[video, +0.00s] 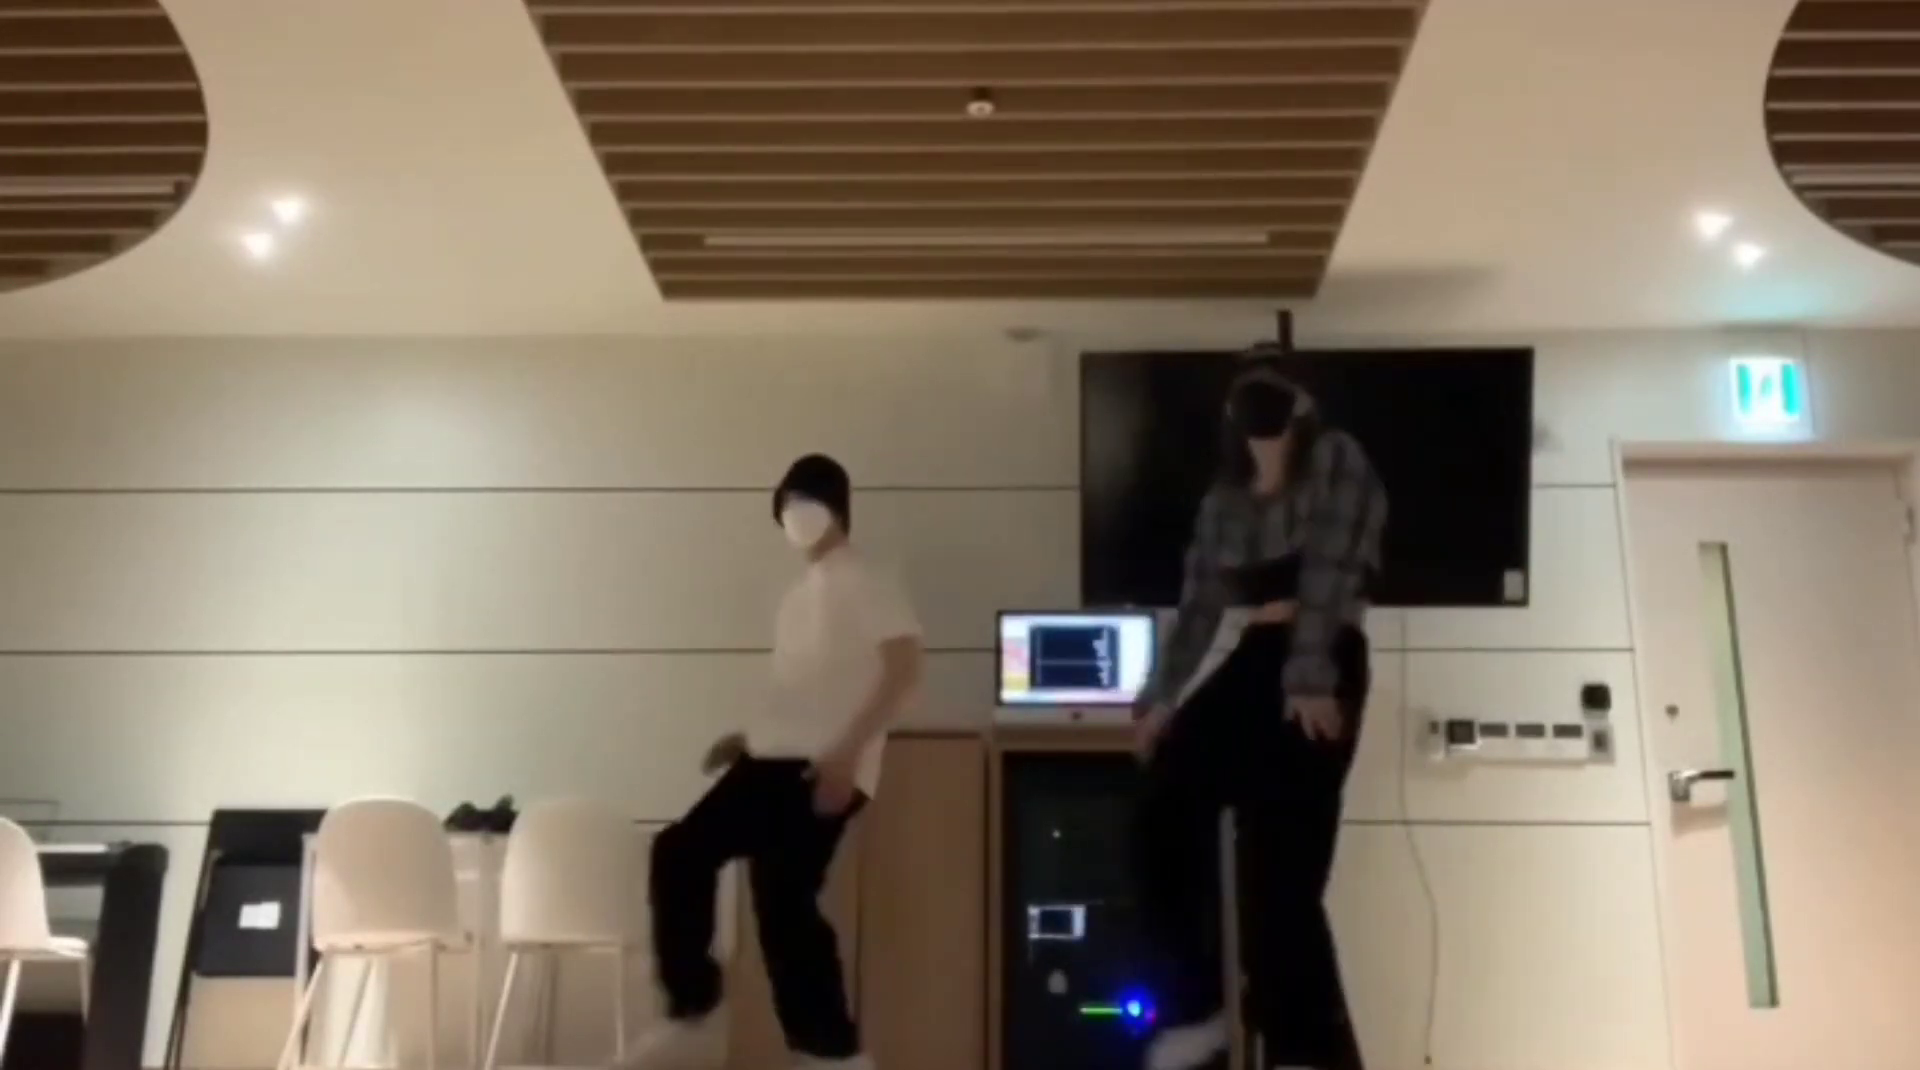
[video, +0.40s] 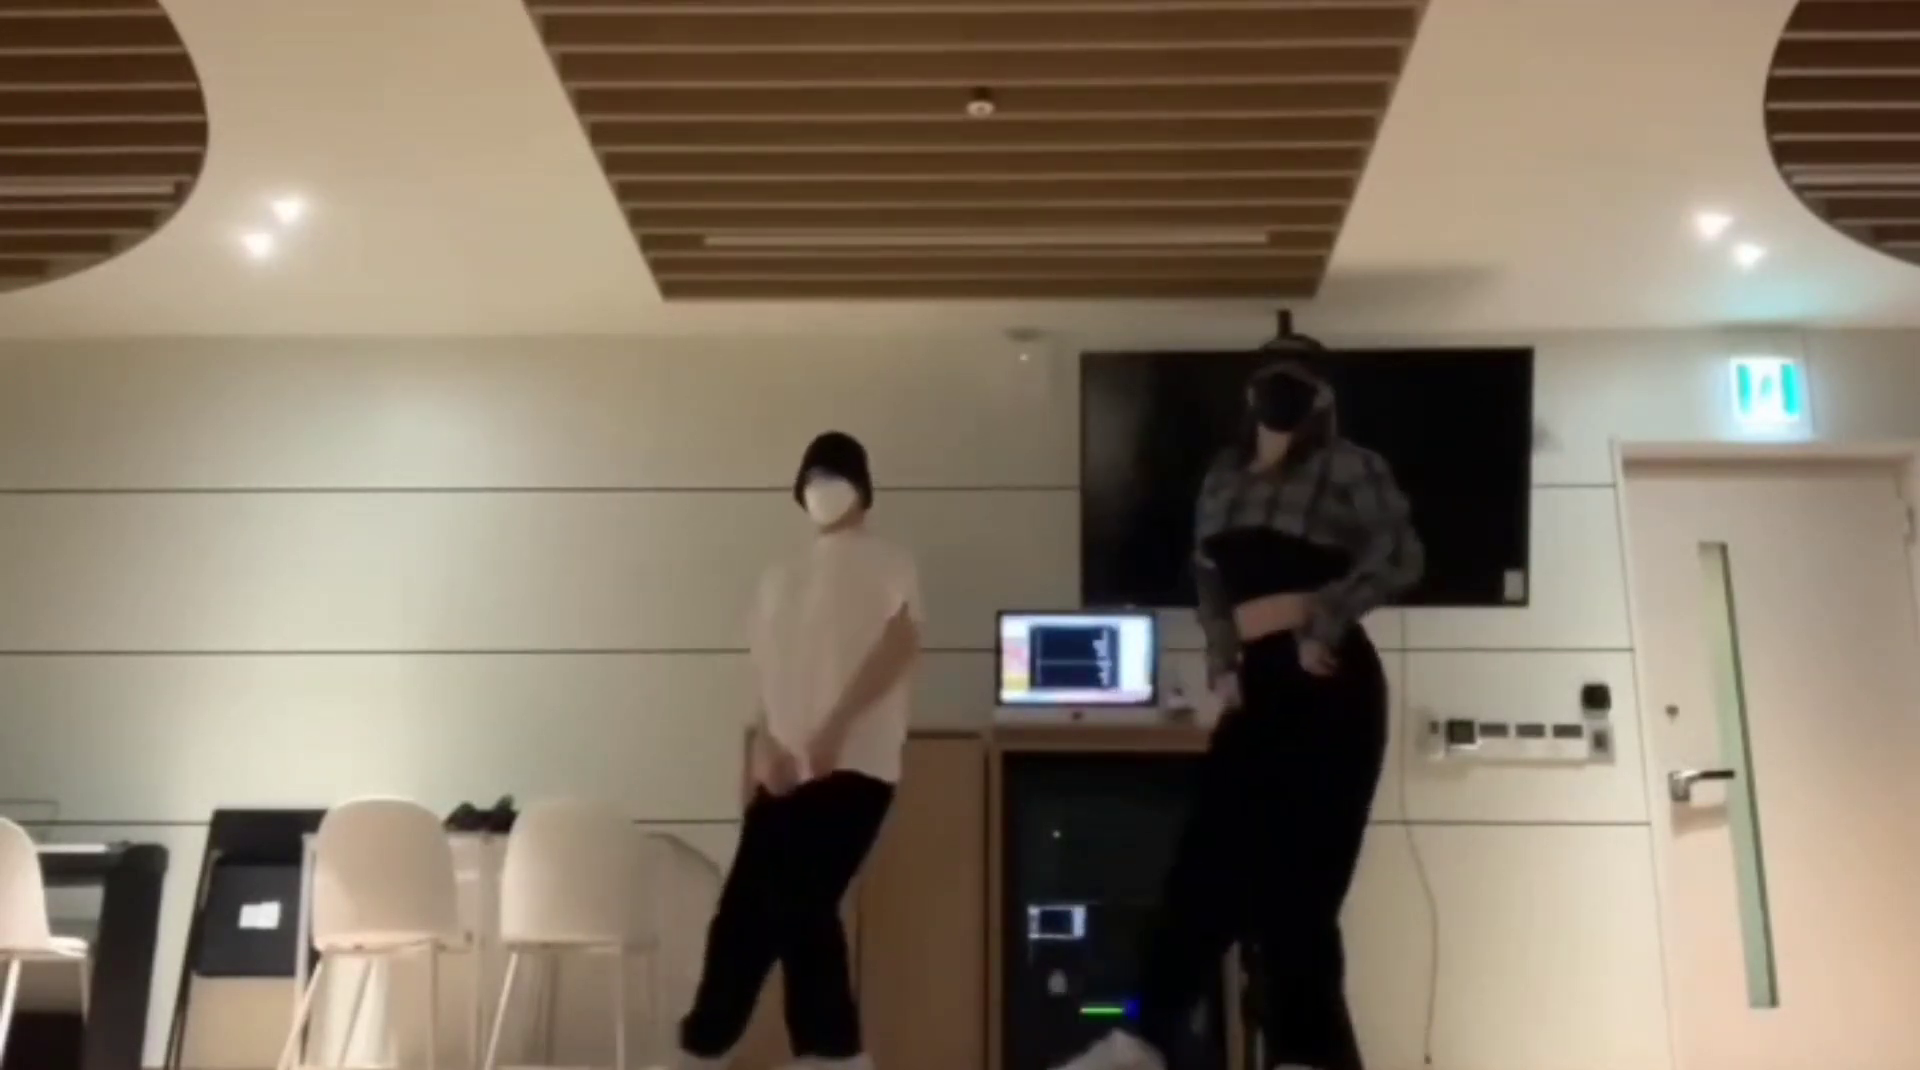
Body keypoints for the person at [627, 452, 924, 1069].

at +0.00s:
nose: (794, 519)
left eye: (805, 504)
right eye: (786, 508)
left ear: (834, 508)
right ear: (781, 519)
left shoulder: (867, 579)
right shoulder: (799, 592)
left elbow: (903, 667)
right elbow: (799, 686)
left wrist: (845, 758)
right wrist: (748, 740)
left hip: (819, 773)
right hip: (766, 766)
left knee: (785, 897)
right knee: (678, 853)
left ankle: (830, 1050)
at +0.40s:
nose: (824, 492)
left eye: (837, 479)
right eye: (813, 481)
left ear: (863, 490)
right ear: (798, 495)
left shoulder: (887, 557)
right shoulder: (780, 576)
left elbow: (902, 641)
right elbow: (767, 671)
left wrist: (832, 728)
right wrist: (761, 745)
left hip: (857, 767)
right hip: (784, 771)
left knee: (806, 905)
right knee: (744, 909)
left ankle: (832, 1051)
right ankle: (701, 1046)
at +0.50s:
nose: (831, 488)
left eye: (844, 474)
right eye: (819, 478)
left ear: (869, 485)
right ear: (806, 490)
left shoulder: (893, 556)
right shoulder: (793, 568)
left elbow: (911, 644)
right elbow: (771, 654)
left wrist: (835, 706)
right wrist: (764, 718)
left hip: (855, 751)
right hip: (786, 755)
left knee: (840, 894)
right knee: (792, 894)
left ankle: (834, 1043)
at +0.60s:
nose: (834, 496)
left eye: (846, 482)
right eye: (821, 485)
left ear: (871, 491)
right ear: (808, 495)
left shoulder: (895, 563)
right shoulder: (800, 568)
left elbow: (916, 653)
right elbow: (769, 650)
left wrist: (830, 692)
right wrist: (758, 706)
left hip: (854, 751)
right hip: (787, 751)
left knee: (834, 903)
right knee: (825, 900)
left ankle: (832, 1045)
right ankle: (902, 1011)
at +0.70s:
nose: (834, 507)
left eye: (846, 491)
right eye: (823, 495)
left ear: (873, 497)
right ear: (810, 504)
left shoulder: (900, 570)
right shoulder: (809, 570)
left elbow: (920, 658)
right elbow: (767, 635)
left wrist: (823, 680)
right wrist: (752, 690)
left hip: (839, 753)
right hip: (788, 745)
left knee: (815, 896)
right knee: (820, 896)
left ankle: (830, 1049)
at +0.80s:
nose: (826, 511)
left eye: (836, 495)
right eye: (816, 500)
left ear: (865, 496)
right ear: (808, 508)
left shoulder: (872, 566)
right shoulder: (838, 569)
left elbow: (849, 649)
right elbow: (791, 647)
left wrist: (792, 689)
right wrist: (770, 709)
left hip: (838, 757)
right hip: (831, 755)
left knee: (705, 835)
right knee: (847, 911)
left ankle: (752, 989)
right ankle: (922, 1035)